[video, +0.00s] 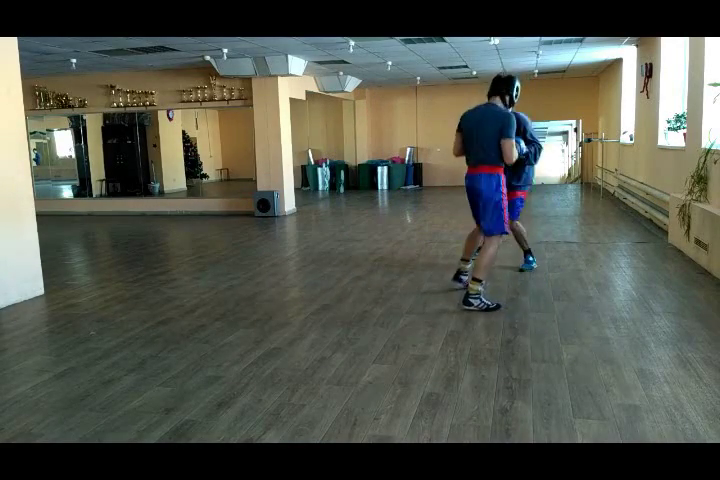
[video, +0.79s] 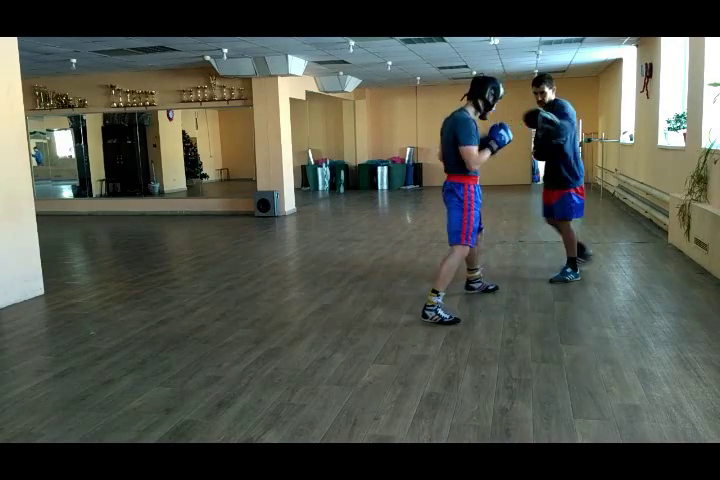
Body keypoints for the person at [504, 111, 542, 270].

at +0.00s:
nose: (499, 101)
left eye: (503, 96)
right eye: (497, 97)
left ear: (511, 97)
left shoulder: (519, 119)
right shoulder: (490, 120)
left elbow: (536, 147)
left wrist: (519, 153)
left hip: (518, 179)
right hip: (497, 178)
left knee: (512, 220)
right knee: (489, 219)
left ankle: (528, 255)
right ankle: (481, 248)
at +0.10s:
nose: (510, 102)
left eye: (512, 98)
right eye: (507, 98)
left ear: (519, 97)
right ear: (504, 99)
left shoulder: (529, 114)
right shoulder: (501, 116)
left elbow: (545, 140)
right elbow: (496, 143)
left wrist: (528, 143)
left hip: (526, 175)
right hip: (505, 174)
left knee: (517, 216)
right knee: (502, 213)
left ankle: (529, 254)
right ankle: (507, 245)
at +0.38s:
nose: (524, 100)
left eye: (527, 96)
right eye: (521, 96)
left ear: (536, 95)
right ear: (517, 97)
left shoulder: (544, 111)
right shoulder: (519, 116)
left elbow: (550, 129)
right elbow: (520, 146)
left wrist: (531, 113)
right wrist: (512, 154)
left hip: (542, 175)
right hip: (524, 175)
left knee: (538, 217)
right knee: (522, 217)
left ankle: (558, 260)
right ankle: (537, 254)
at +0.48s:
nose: (527, 101)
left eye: (531, 96)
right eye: (524, 97)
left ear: (542, 95)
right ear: (522, 96)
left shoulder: (547, 110)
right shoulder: (526, 115)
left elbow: (541, 122)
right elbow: (518, 147)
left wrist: (527, 108)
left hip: (549, 174)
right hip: (531, 174)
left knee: (550, 219)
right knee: (527, 217)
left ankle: (570, 265)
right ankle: (537, 254)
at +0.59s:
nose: (533, 100)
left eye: (537, 96)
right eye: (530, 96)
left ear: (546, 94)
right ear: (528, 95)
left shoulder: (554, 110)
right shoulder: (535, 114)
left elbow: (538, 113)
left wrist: (514, 98)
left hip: (559, 174)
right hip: (541, 174)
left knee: (556, 220)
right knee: (536, 216)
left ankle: (570, 266)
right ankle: (542, 253)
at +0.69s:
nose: (537, 98)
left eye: (541, 94)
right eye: (534, 95)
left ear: (551, 92)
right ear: (531, 95)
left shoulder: (559, 107)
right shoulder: (542, 113)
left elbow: (553, 121)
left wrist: (533, 113)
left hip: (564, 174)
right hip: (548, 175)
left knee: (561, 221)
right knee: (544, 217)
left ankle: (572, 267)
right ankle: (564, 251)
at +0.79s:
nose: (538, 97)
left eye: (542, 93)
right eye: (535, 93)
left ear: (552, 90)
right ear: (534, 93)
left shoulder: (562, 107)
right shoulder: (544, 115)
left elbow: (563, 133)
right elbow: (539, 151)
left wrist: (540, 118)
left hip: (566, 175)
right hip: (552, 174)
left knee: (564, 221)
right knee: (550, 217)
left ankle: (572, 267)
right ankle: (580, 249)